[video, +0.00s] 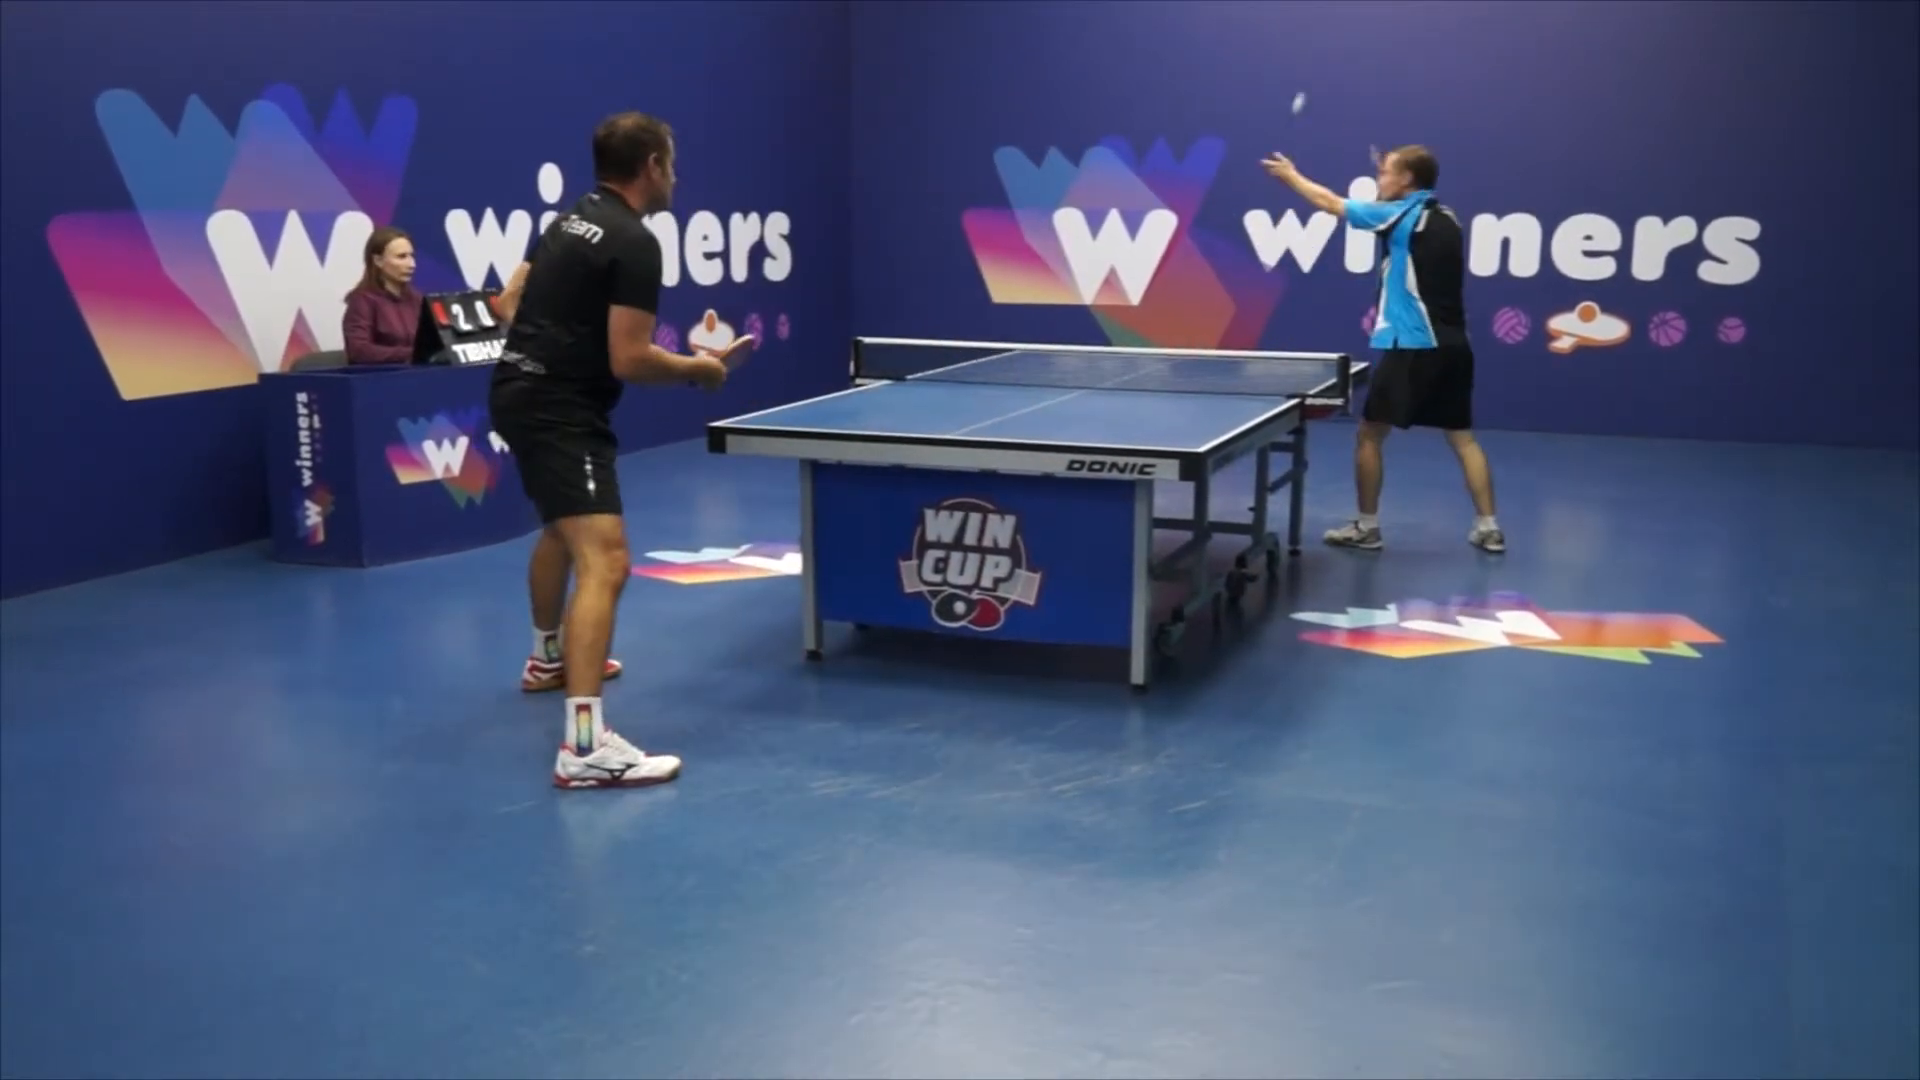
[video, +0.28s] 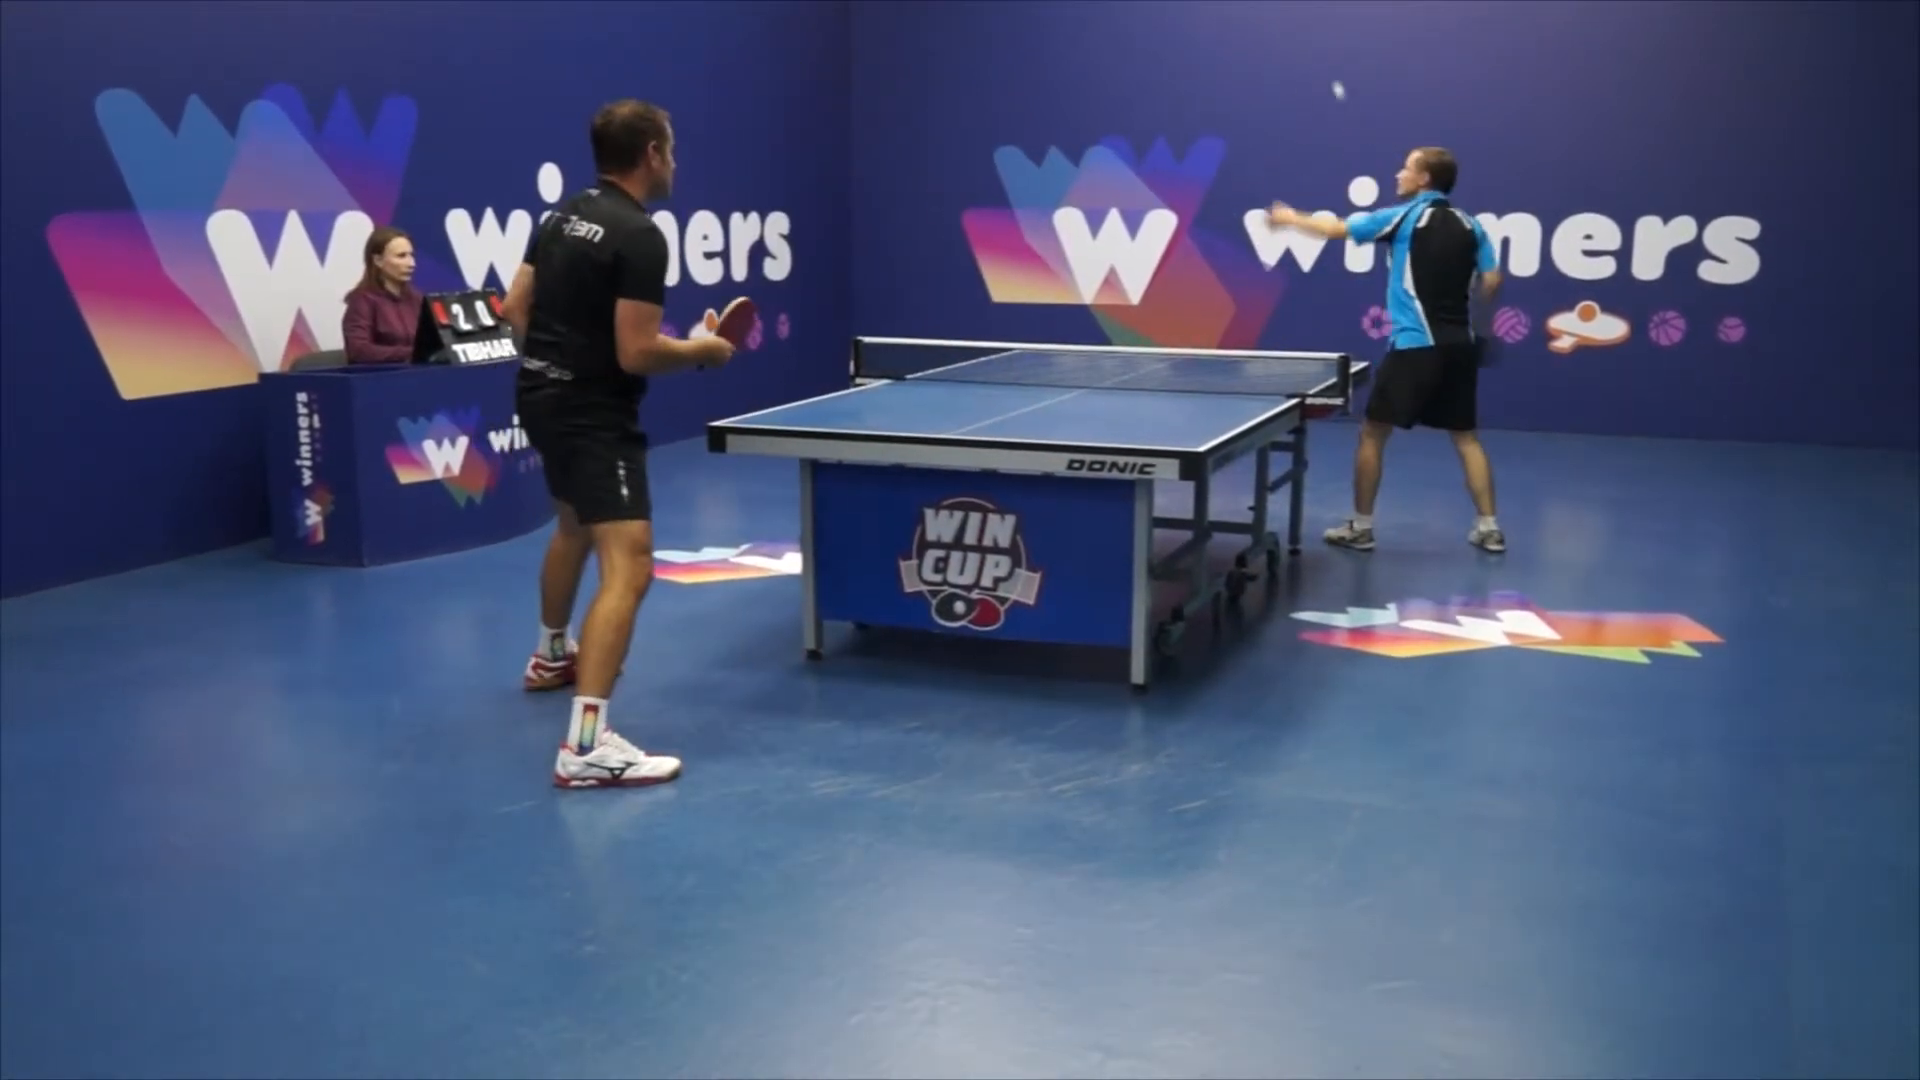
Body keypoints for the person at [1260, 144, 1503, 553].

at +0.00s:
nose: (1378, 179)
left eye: (1385, 173)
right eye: (1381, 172)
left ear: (1409, 181)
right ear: (1419, 184)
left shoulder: (1398, 215)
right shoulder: (1448, 219)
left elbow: (1333, 204)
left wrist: (1291, 177)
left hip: (1409, 352)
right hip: (1453, 351)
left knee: (1370, 435)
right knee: (1463, 438)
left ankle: (1366, 526)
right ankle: (1489, 526)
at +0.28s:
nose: (1398, 175)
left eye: (1406, 169)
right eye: (1402, 168)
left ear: (1424, 179)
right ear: (1436, 182)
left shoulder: (1402, 216)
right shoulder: (1471, 225)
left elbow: (1337, 229)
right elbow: (1491, 281)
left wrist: (1291, 218)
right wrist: (1475, 311)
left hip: (1412, 349)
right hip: (1460, 349)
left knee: (1373, 434)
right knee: (1467, 438)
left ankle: (1361, 526)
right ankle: (1489, 527)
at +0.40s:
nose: (1388, 184)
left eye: (1395, 178)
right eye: (1392, 176)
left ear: (1413, 188)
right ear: (1429, 190)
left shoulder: (1394, 224)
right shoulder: (1463, 223)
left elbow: (1343, 264)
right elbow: (1506, 249)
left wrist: (1299, 264)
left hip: (1416, 354)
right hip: (1463, 354)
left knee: (1372, 434)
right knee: (1466, 440)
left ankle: (1361, 526)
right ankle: (1489, 526)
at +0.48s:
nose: (1374, 201)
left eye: (1380, 193)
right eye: (1377, 192)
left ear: (1398, 200)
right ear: (1414, 201)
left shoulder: (1389, 238)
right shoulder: (1456, 223)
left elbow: (1352, 294)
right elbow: (1508, 234)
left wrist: (1313, 304)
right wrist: (1522, 219)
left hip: (1422, 357)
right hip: (1469, 355)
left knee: (1372, 433)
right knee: (1467, 442)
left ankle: (1361, 525)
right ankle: (1489, 527)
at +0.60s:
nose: (1343, 238)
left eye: (1348, 229)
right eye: (1344, 230)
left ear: (1371, 228)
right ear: (1379, 227)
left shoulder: (1382, 262)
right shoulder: (1420, 237)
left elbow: (1388, 327)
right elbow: (1450, 224)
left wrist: (1360, 349)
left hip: (1436, 360)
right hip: (1477, 355)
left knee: (1371, 432)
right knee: (1465, 445)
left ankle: (1368, 525)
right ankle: (1489, 526)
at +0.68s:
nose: (1324, 255)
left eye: (1330, 247)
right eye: (1323, 247)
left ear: (1356, 243)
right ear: (1358, 243)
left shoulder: (1376, 273)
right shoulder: (1390, 249)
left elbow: (1410, 324)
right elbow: (1431, 255)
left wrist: (1384, 359)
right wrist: (1378, 295)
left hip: (1436, 362)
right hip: (1470, 356)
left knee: (1367, 433)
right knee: (1453, 445)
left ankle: (1377, 525)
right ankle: (1490, 522)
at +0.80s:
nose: (1321, 247)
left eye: (1327, 239)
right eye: (1317, 240)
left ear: (1350, 237)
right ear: (1316, 239)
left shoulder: (1373, 267)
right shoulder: (1358, 263)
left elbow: (1422, 308)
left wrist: (1382, 342)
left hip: (1420, 362)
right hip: (1425, 359)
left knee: (1356, 434)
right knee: (1412, 451)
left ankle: (1376, 525)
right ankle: (1490, 491)